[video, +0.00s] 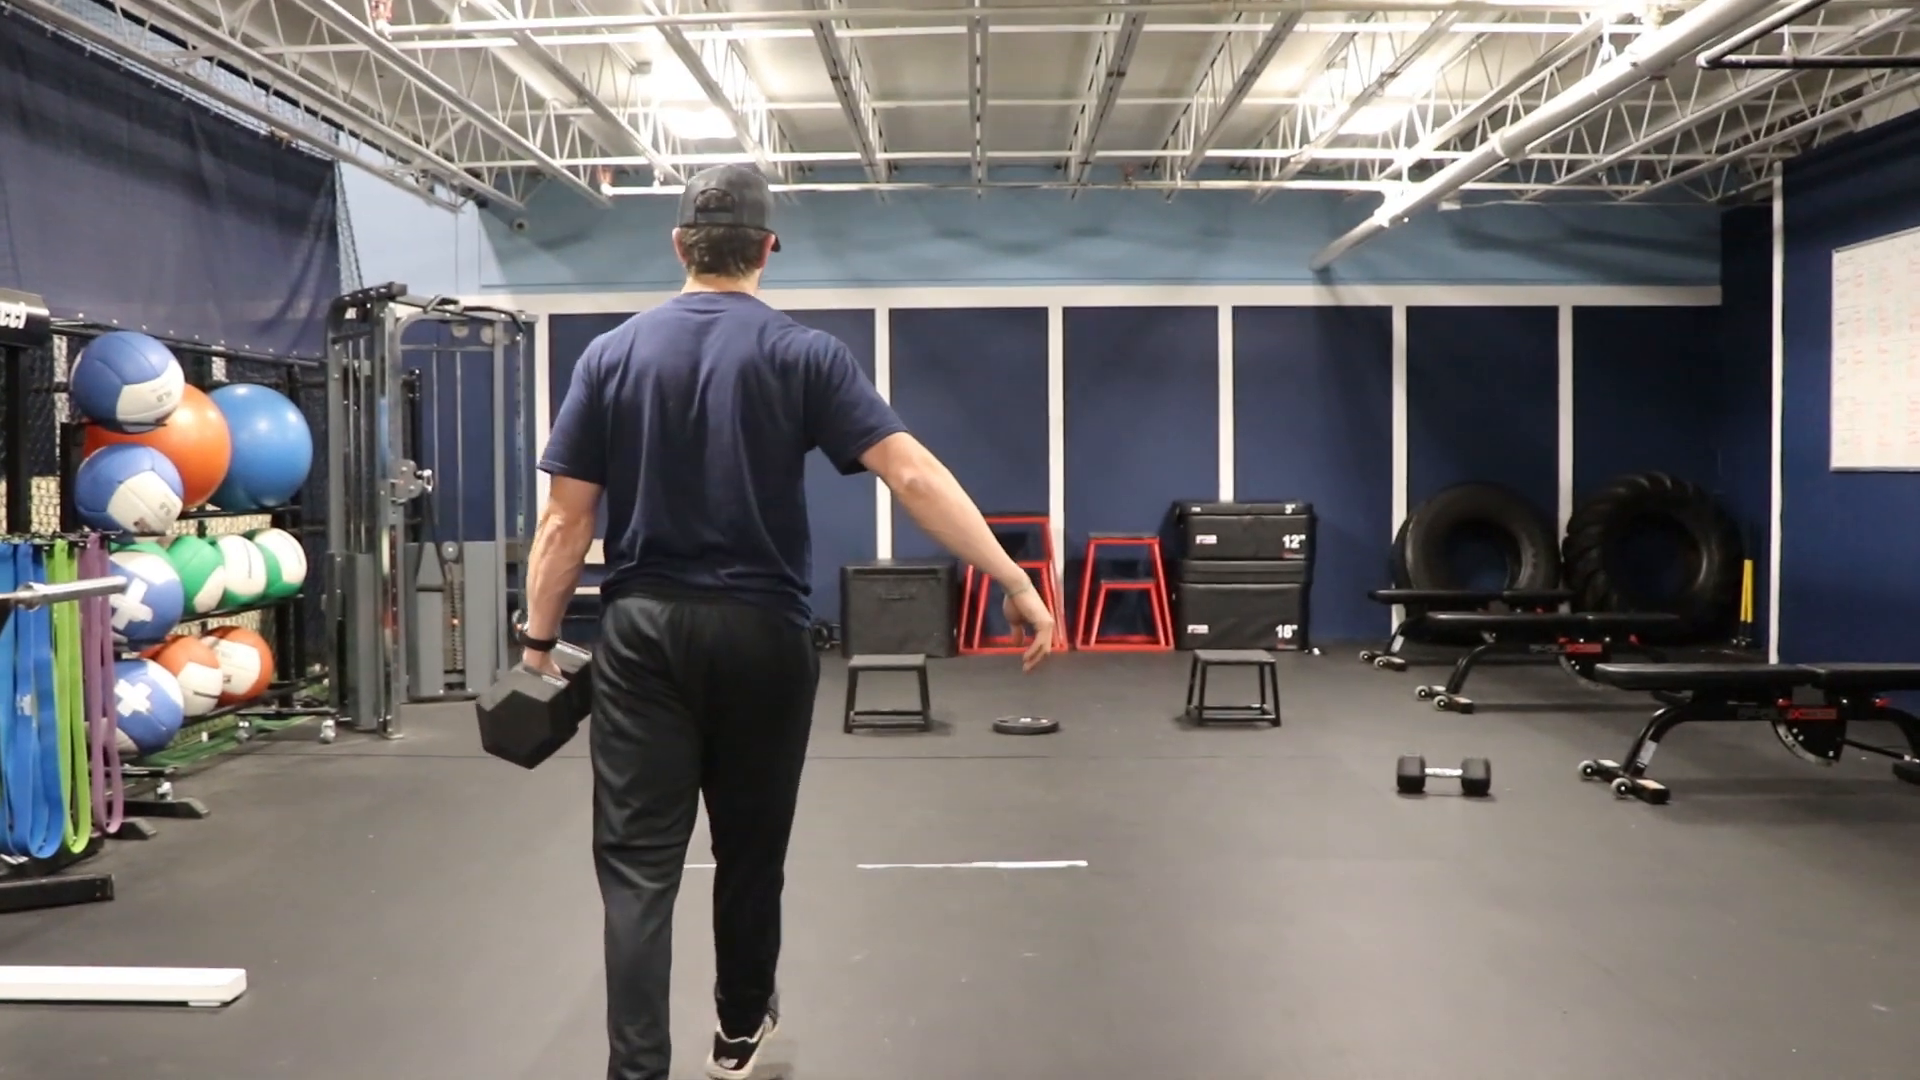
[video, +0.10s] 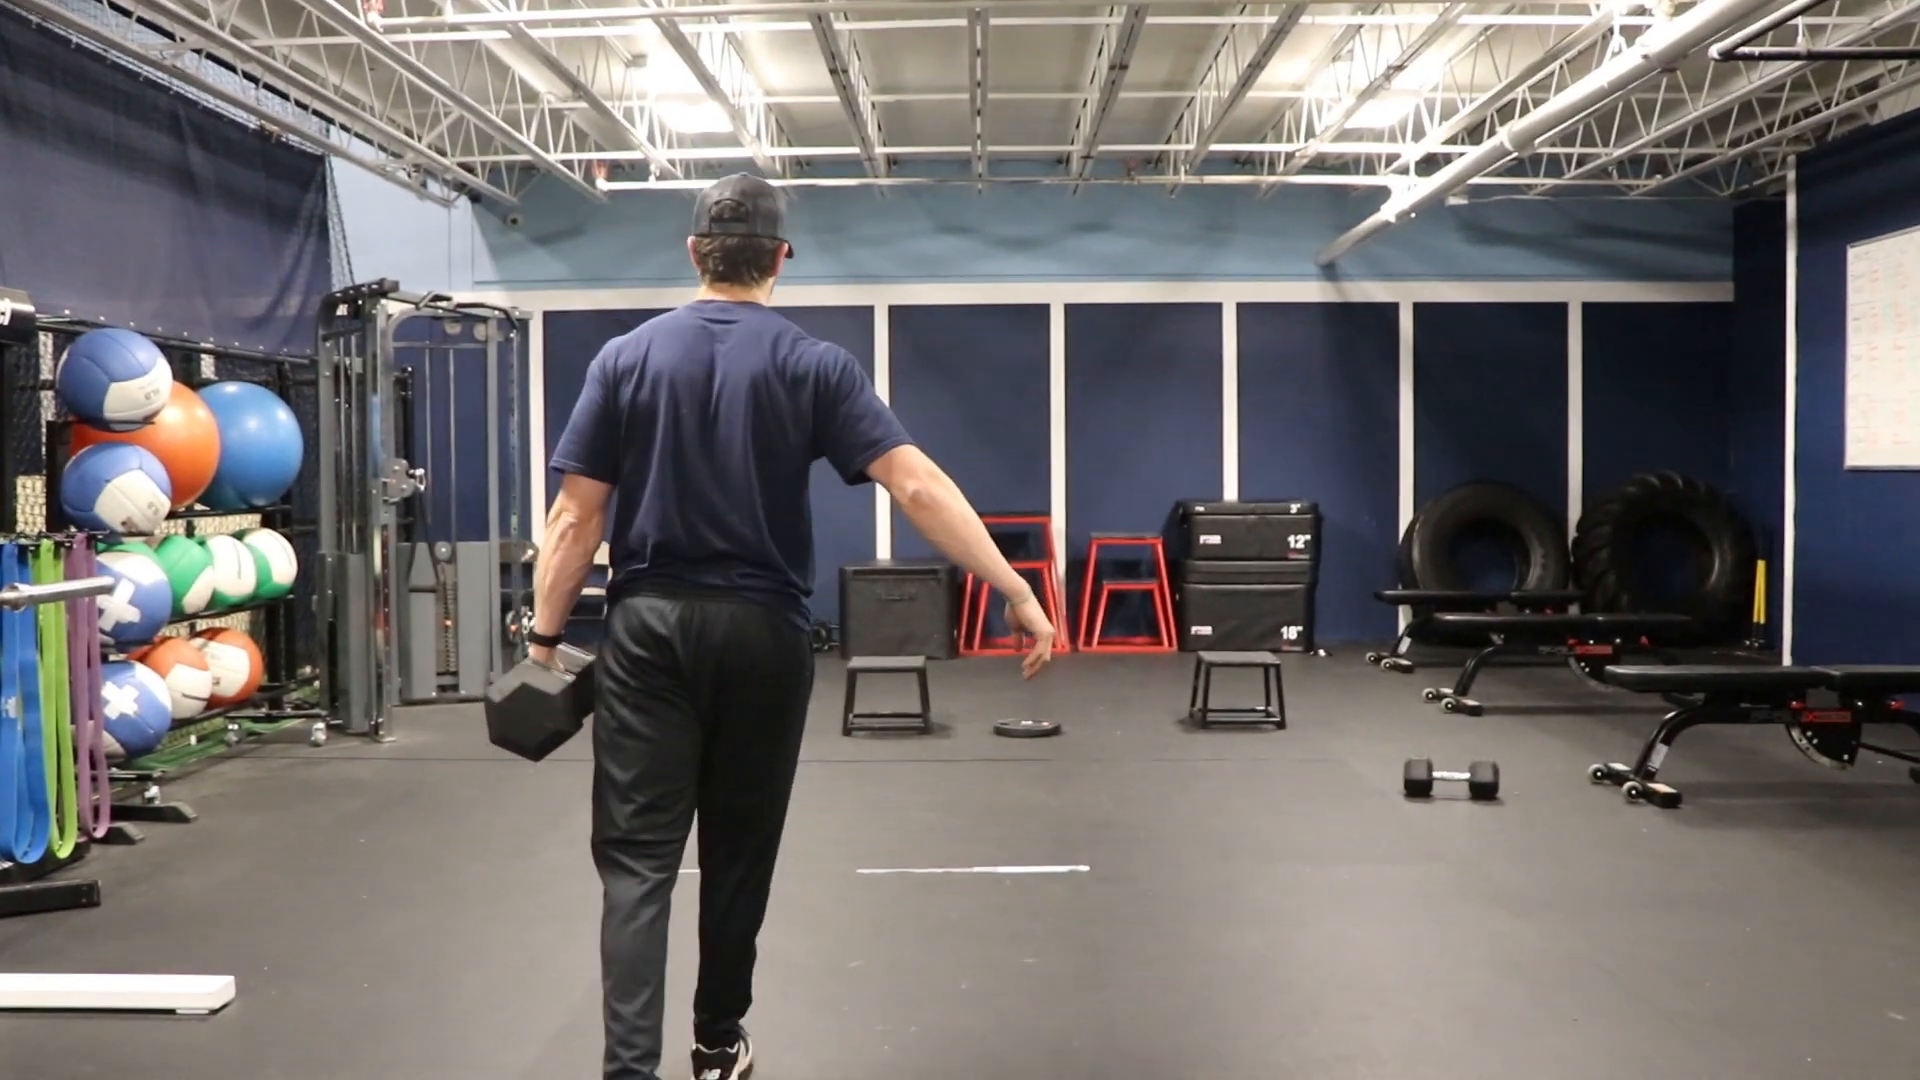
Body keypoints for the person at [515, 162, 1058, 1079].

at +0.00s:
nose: (762, 253)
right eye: (767, 242)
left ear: (678, 250)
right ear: (766, 250)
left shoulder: (609, 356)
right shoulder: (806, 354)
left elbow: (566, 519)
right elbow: (911, 473)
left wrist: (537, 641)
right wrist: (1013, 578)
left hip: (642, 628)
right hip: (762, 631)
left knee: (636, 861)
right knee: (751, 850)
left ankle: (635, 1069)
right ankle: (738, 1034)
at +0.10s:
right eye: (777, 254)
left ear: (692, 257)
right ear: (779, 260)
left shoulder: (625, 358)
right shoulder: (816, 363)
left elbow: (575, 514)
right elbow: (916, 485)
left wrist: (544, 639)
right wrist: (1013, 588)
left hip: (646, 624)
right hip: (763, 630)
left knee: (635, 857)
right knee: (739, 852)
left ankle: (628, 1069)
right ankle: (716, 1046)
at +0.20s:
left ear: (702, 258)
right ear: (788, 262)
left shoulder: (636, 356)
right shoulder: (821, 364)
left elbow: (587, 508)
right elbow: (917, 487)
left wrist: (549, 631)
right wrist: (1007, 589)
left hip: (652, 623)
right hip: (768, 630)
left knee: (631, 843)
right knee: (744, 841)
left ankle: (612, 1037)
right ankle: (714, 1046)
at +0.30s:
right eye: (788, 253)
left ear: (707, 256)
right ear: (790, 261)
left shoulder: (642, 352)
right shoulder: (826, 360)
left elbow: (596, 501)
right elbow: (919, 482)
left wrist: (557, 622)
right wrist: (1000, 578)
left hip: (656, 615)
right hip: (768, 621)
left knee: (635, 816)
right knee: (743, 836)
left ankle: (618, 999)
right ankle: (712, 1046)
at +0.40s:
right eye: (789, 248)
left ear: (709, 253)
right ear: (791, 258)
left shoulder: (643, 350)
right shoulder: (825, 360)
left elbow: (601, 495)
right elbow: (920, 479)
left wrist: (565, 609)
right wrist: (999, 574)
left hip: (655, 608)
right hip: (764, 614)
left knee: (641, 808)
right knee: (741, 825)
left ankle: (627, 1016)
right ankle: (711, 1045)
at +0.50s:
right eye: (784, 253)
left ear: (705, 259)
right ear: (786, 263)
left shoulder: (641, 354)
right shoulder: (820, 362)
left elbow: (599, 497)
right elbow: (912, 475)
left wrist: (568, 611)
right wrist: (994, 569)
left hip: (652, 606)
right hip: (759, 612)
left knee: (646, 810)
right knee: (738, 823)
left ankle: (639, 1009)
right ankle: (707, 1044)